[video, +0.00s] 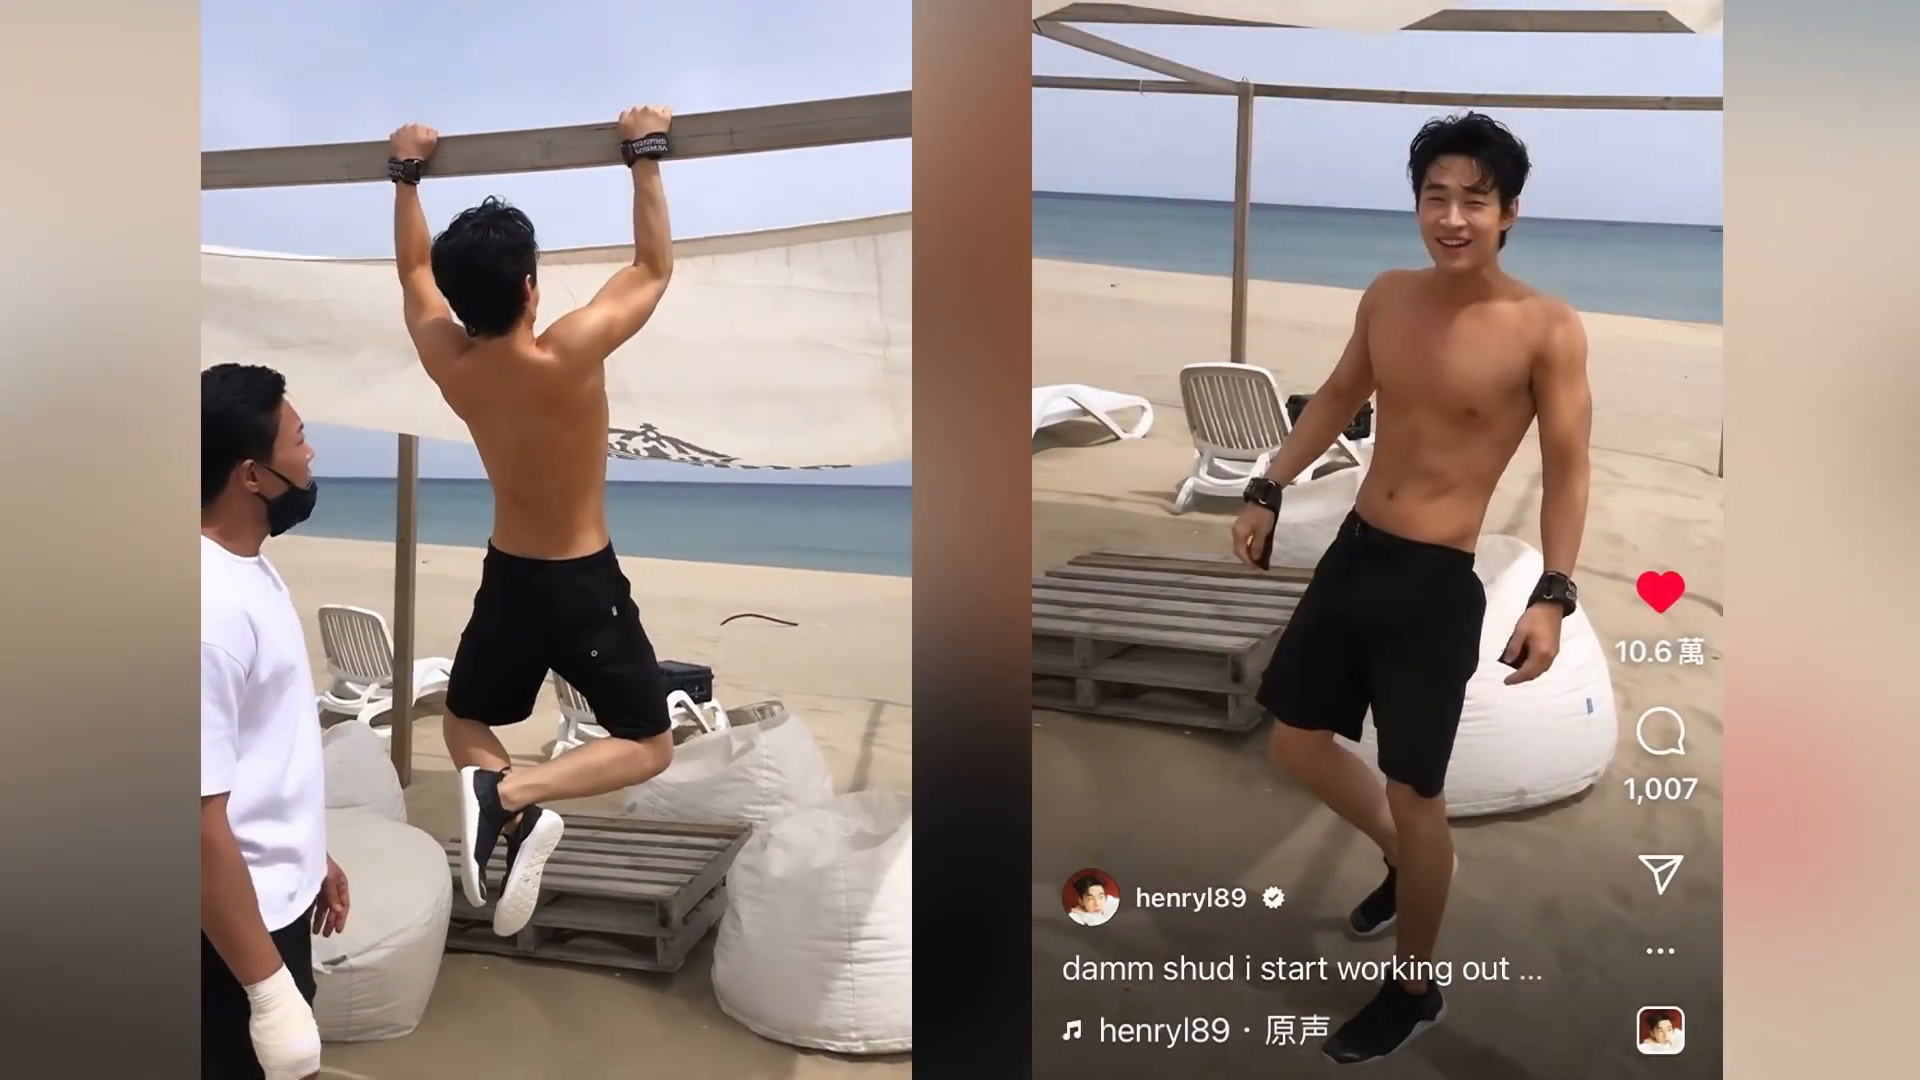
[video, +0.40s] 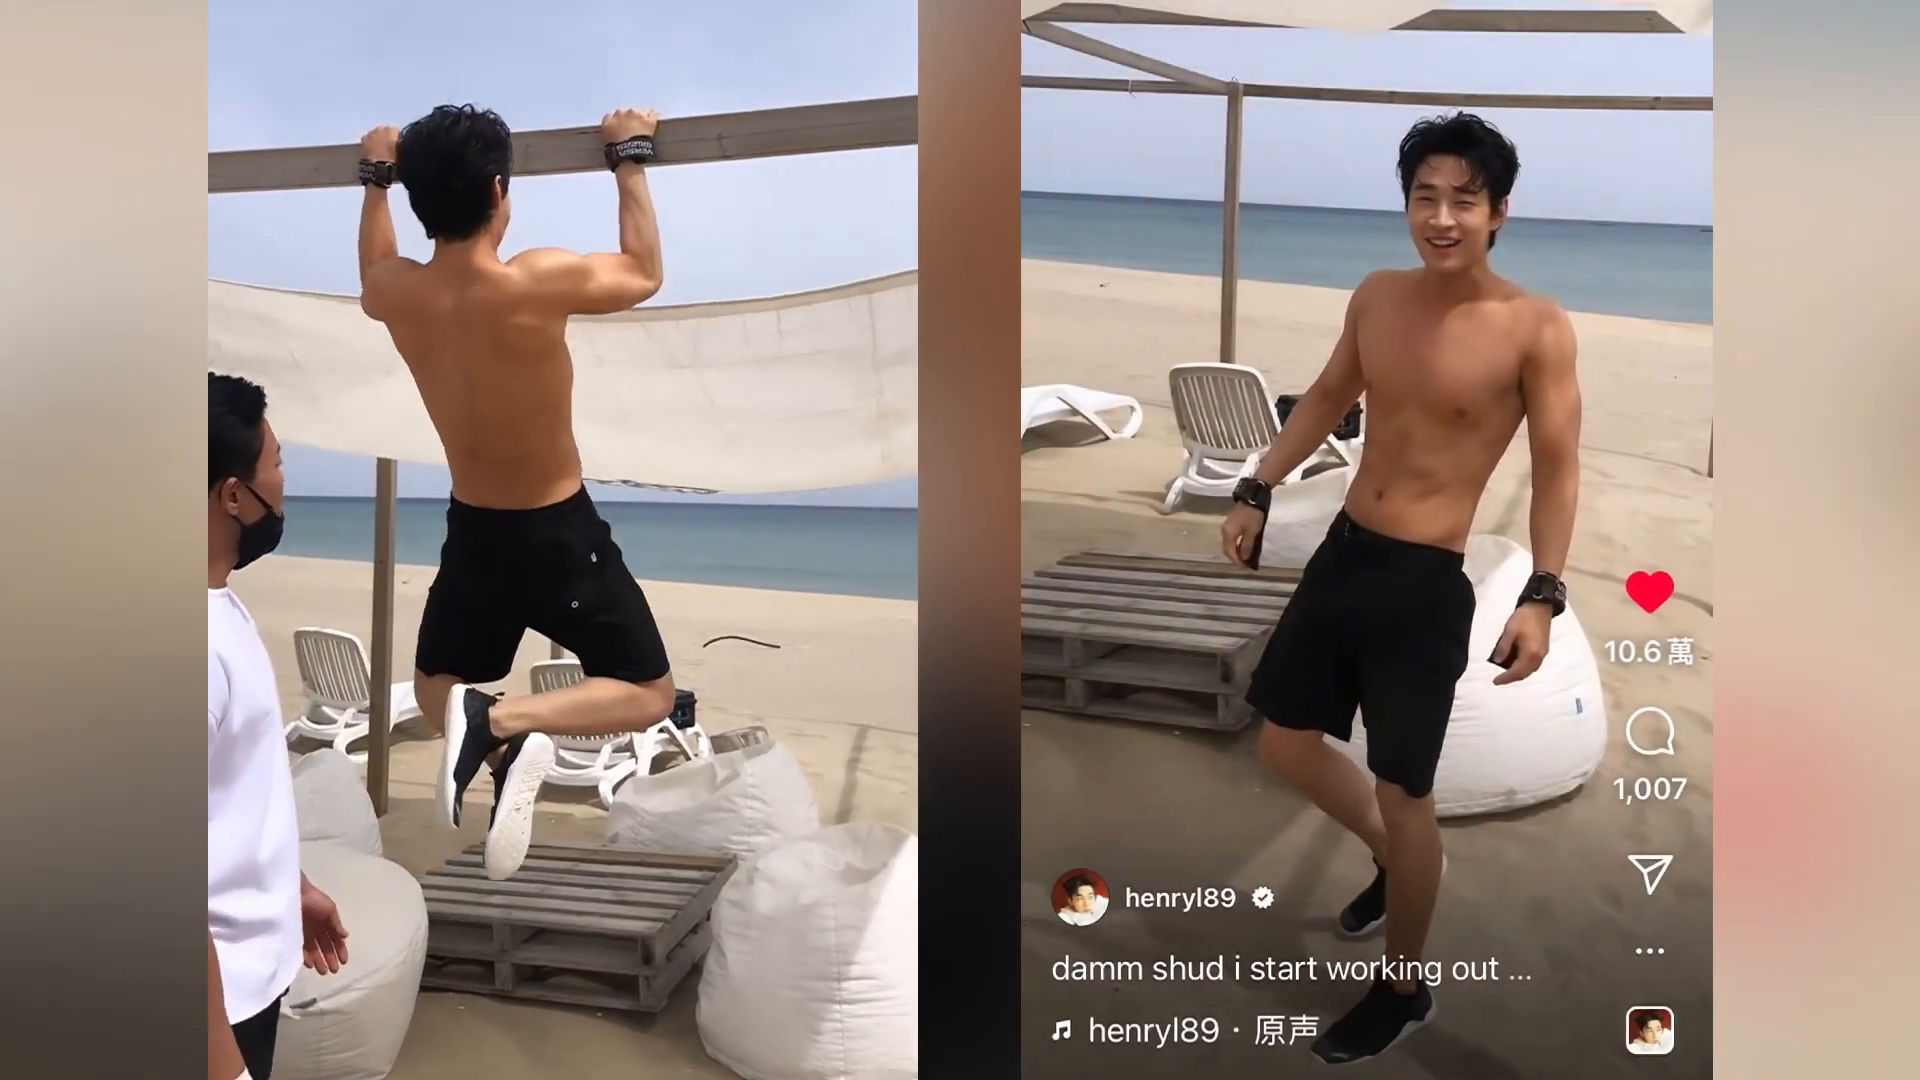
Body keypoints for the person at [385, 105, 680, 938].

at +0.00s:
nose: (541, 272)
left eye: (527, 265)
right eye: (535, 265)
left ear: (461, 297)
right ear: (528, 285)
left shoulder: (454, 364)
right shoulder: (574, 346)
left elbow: (417, 275)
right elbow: (651, 268)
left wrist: (404, 175)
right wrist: (645, 157)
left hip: (508, 583)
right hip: (588, 583)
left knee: (463, 719)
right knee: (647, 745)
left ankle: (521, 817)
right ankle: (509, 791)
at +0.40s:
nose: (508, 191)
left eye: (502, 180)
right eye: (506, 180)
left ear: (417, 200)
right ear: (496, 194)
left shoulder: (398, 293)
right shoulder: (539, 280)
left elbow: (376, 272)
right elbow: (643, 272)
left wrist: (374, 181)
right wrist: (630, 160)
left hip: (474, 537)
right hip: (560, 533)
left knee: (439, 687)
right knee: (650, 694)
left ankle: (511, 764)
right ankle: (498, 716)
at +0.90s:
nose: (459, 95)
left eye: (448, 83)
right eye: (457, 84)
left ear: (363, 104)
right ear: (448, 98)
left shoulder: (327, 201)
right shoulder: (490, 193)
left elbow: (295, 294)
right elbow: (579, 289)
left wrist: (311, 185)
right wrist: (575, 180)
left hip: (377, 488)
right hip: (474, 487)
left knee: (328, 674)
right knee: (569, 675)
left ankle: (421, 770)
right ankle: (398, 719)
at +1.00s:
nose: (445, 123)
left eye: (437, 111)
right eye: (443, 111)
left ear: (345, 133)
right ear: (434, 125)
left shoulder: (313, 228)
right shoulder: (481, 224)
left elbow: (282, 302)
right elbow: (575, 297)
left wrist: (294, 194)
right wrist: (568, 184)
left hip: (364, 517)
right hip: (462, 518)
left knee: (310, 709)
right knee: (551, 714)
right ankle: (376, 752)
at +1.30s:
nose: (428, 243)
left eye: (420, 232)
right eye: (425, 232)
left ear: (335, 256)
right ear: (418, 248)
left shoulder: (312, 350)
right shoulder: (466, 337)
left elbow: (279, 309)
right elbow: (568, 317)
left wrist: (282, 211)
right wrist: (557, 204)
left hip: (358, 615)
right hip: (450, 619)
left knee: (293, 791)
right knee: (518, 827)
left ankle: (333, 903)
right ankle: (337, 850)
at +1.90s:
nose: (514, 333)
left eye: (506, 324)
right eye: (510, 323)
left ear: (422, 349)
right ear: (502, 342)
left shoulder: (405, 429)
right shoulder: (551, 419)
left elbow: (367, 341)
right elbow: (633, 345)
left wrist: (358, 237)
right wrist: (628, 228)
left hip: (454, 681)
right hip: (543, 686)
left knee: (394, 848)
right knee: (603, 873)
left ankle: (468, 948)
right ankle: (454, 909)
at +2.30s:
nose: (544, 219)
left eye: (539, 207)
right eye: (543, 208)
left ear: (447, 234)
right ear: (533, 223)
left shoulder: (420, 327)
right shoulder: (577, 319)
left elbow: (385, 329)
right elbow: (677, 331)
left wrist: (390, 229)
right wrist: (664, 218)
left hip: (484, 606)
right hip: (578, 601)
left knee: (450, 762)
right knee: (664, 766)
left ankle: (544, 877)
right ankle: (527, 841)